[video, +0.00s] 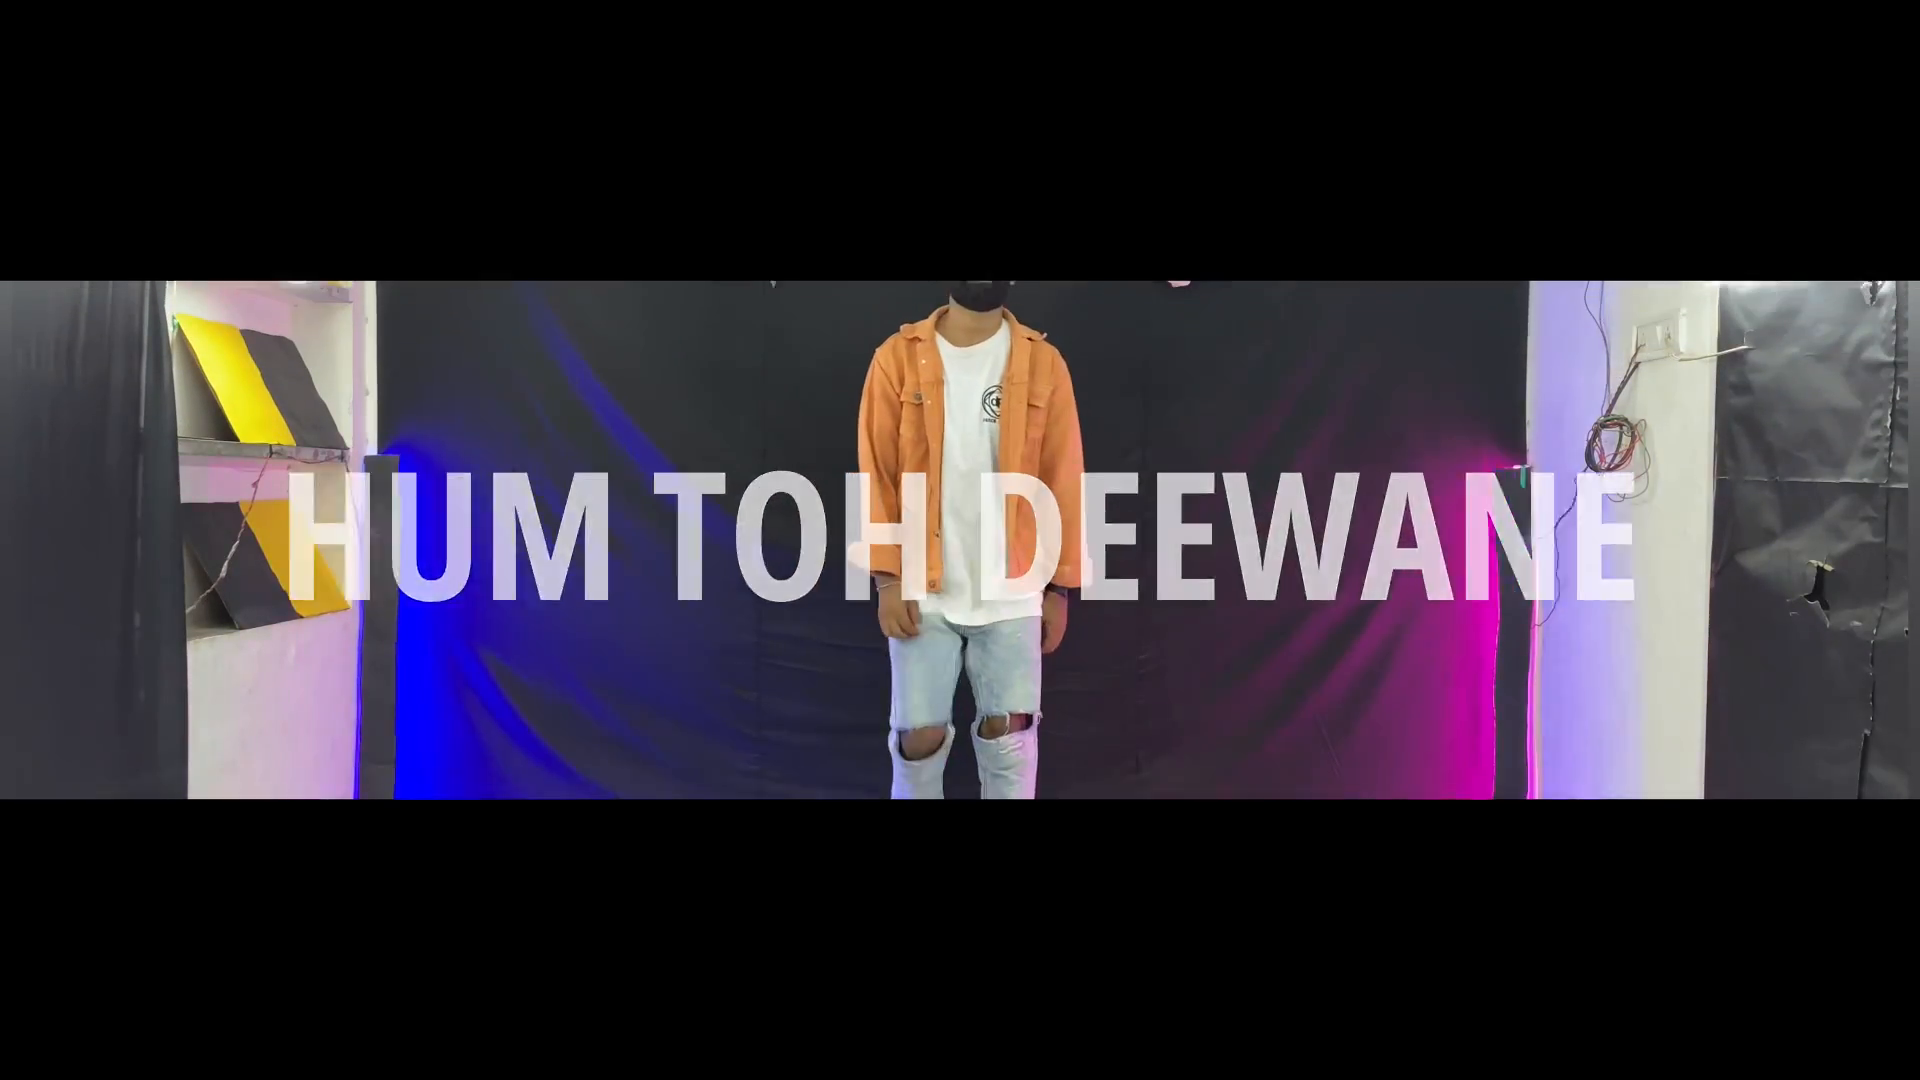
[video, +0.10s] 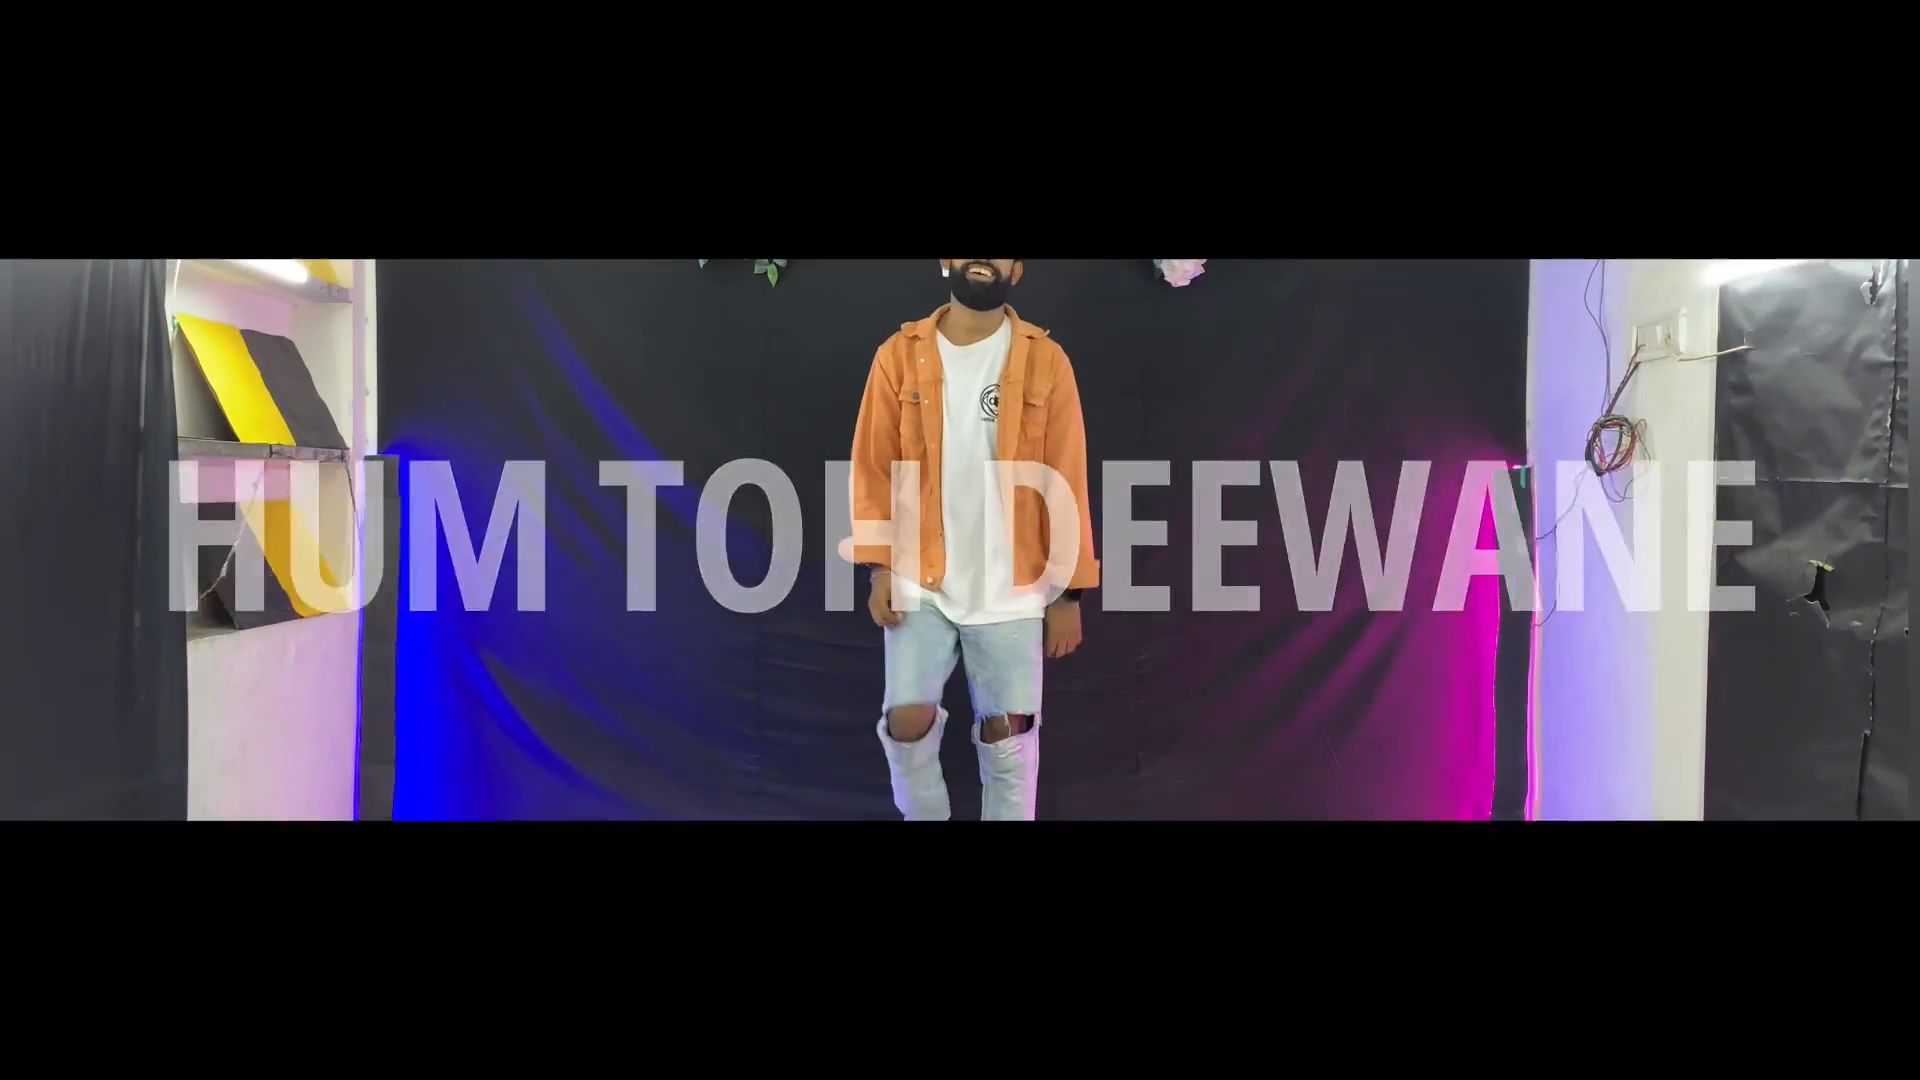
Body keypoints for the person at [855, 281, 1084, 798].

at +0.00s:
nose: (984, 282)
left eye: (994, 276)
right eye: (974, 276)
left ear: (1010, 282)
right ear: (952, 283)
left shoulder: (1043, 362)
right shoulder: (896, 358)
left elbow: (1065, 477)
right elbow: (876, 475)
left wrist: (1059, 586)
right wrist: (887, 577)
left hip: (1013, 592)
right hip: (921, 591)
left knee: (1009, 744)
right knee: (918, 744)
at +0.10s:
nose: (981, 264)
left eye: (996, 257)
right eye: (968, 256)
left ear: (1018, 270)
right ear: (946, 263)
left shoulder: (1045, 361)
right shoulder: (898, 355)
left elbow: (1068, 480)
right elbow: (872, 468)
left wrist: (1067, 593)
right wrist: (878, 567)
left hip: (1012, 588)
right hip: (917, 583)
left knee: (1008, 741)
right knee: (906, 726)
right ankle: (924, 817)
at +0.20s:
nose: (976, 251)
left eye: (992, 243)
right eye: (963, 241)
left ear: (1012, 263)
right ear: (939, 255)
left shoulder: (1044, 352)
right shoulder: (897, 348)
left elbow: (1067, 470)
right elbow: (871, 460)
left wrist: (1066, 581)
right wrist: (871, 560)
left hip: (1009, 581)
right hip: (912, 575)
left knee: (1007, 742)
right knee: (891, 723)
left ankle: (1006, 843)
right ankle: (906, 839)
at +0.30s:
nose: (971, 246)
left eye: (987, 237)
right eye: (958, 232)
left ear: (1007, 258)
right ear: (935, 249)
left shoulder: (1040, 345)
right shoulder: (891, 344)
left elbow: (1064, 455)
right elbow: (869, 457)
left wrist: (1049, 554)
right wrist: (869, 557)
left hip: (1003, 581)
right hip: (907, 577)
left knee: (1005, 752)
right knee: (880, 739)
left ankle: (1005, 864)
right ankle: (866, 861)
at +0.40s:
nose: (961, 248)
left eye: (977, 238)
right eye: (949, 235)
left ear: (997, 256)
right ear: (926, 248)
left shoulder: (1030, 345)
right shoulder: (882, 345)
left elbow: (1059, 457)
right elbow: (853, 461)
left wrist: (1035, 553)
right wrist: (863, 561)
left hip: (998, 585)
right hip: (900, 583)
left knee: (1001, 759)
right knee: (868, 753)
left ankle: (1002, 883)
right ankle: (837, 881)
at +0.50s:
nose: (952, 253)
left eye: (969, 242)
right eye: (939, 239)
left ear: (989, 262)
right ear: (917, 252)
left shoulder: (1026, 346)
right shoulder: (873, 344)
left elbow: (1107, 429)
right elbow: (794, 425)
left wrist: (1063, 513)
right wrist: (830, 519)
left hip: (992, 583)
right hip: (894, 582)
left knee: (995, 752)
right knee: (866, 752)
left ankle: (1003, 903)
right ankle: (834, 900)